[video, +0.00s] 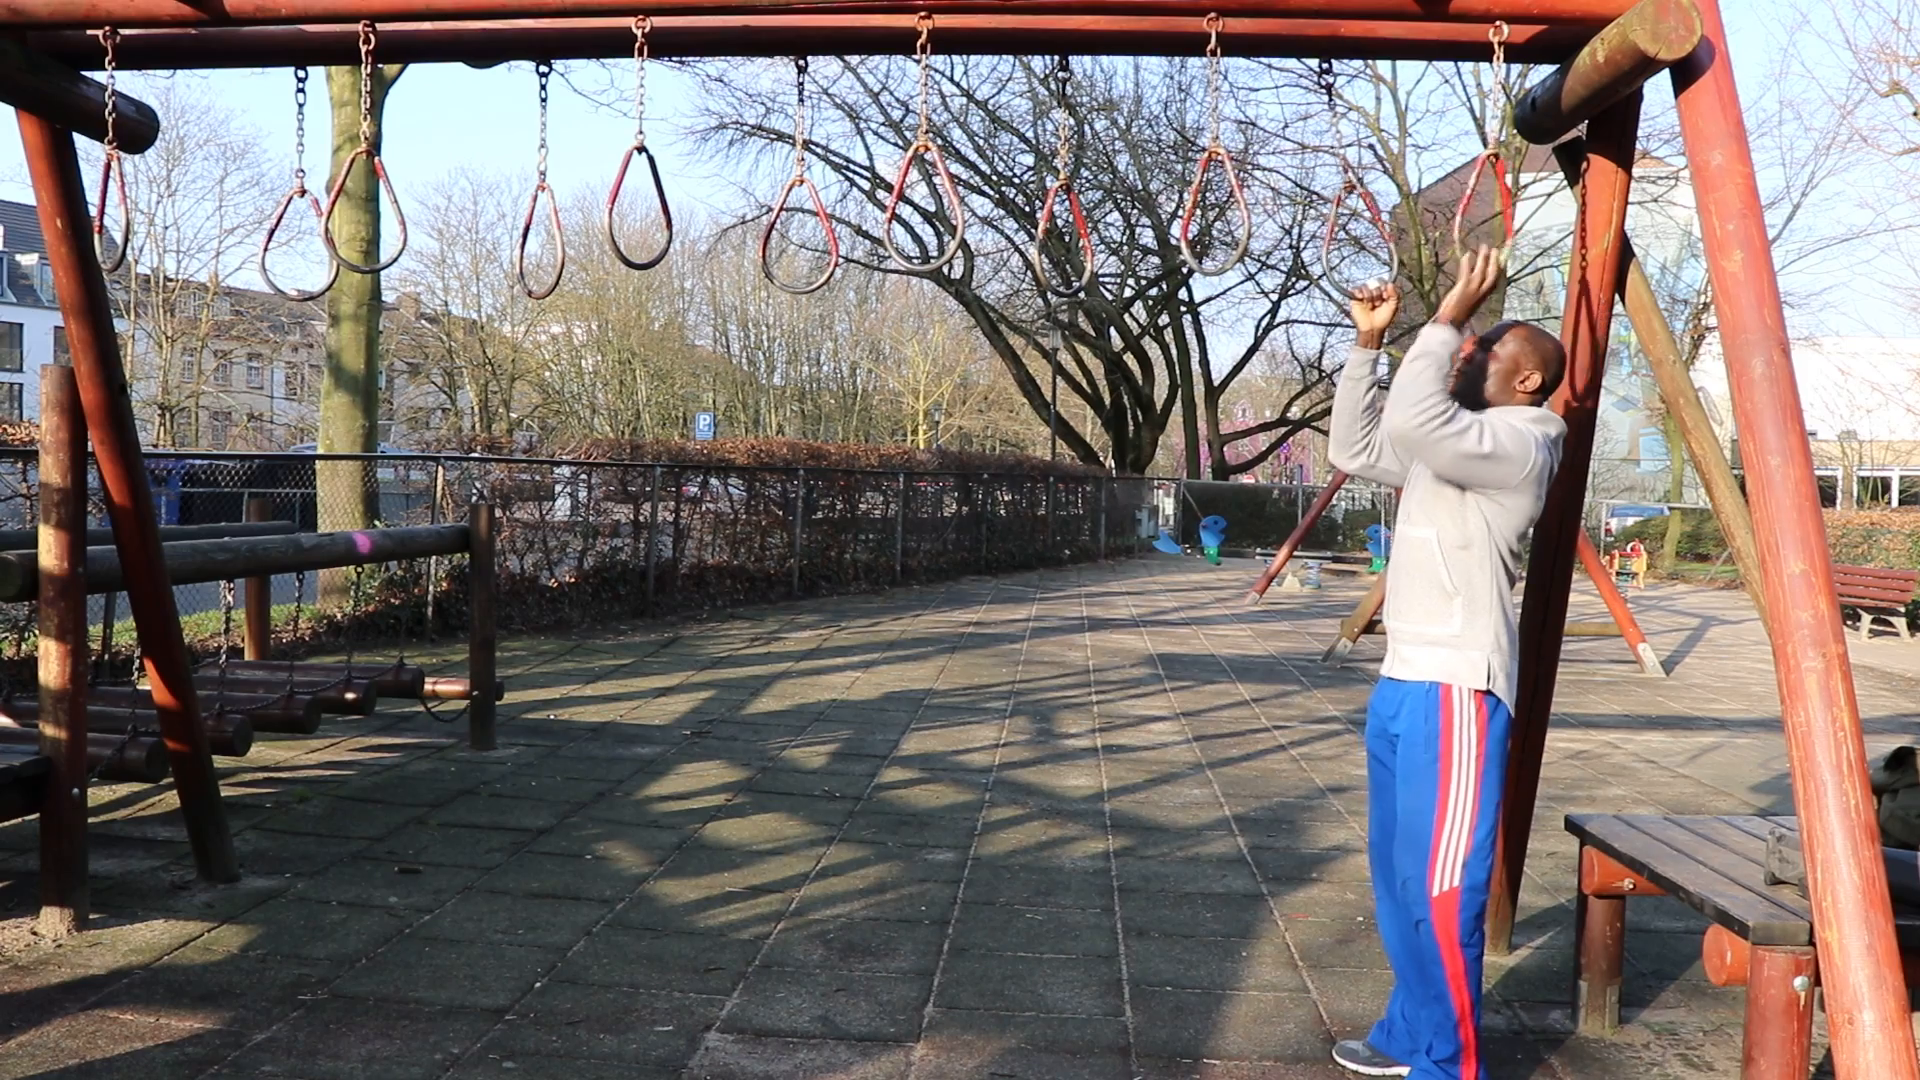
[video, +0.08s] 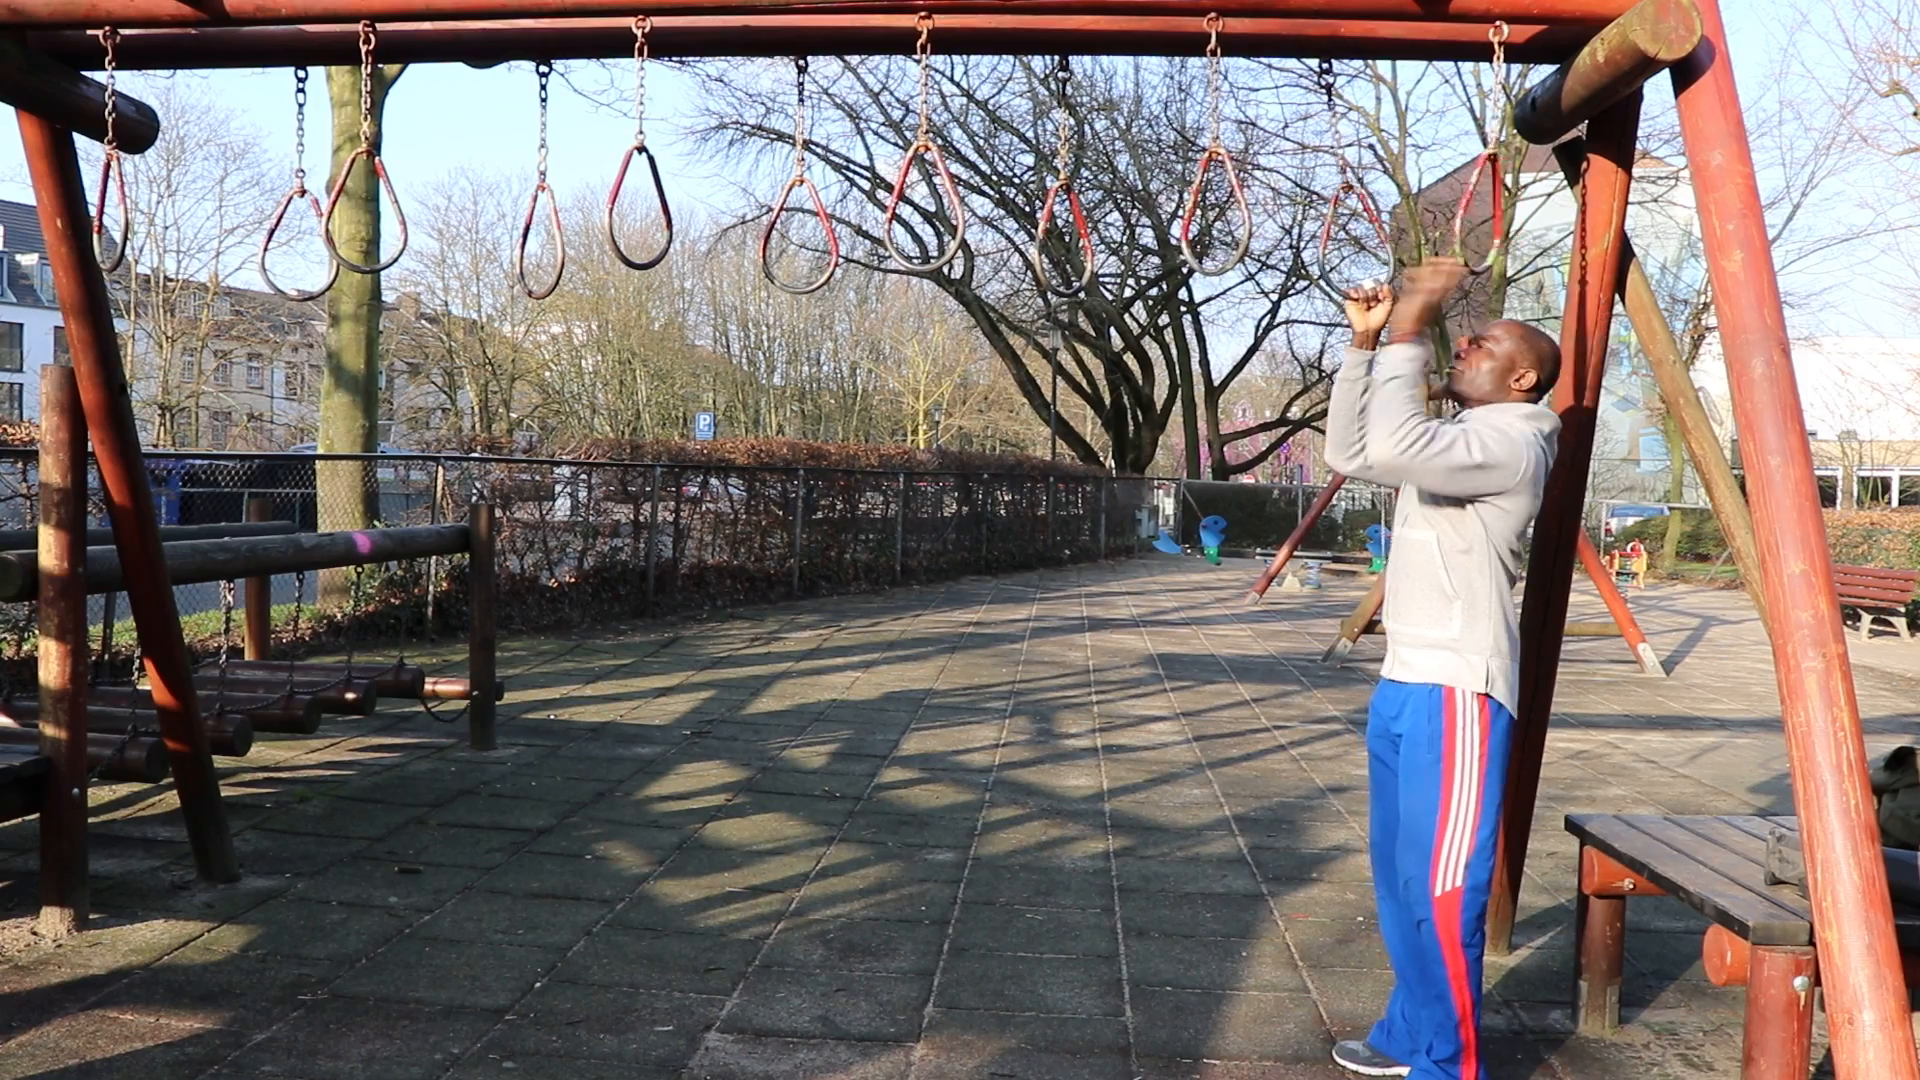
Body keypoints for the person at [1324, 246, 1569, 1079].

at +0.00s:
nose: (1469, 349)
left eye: (1492, 344)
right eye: (1475, 341)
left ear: (1530, 379)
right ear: (1495, 370)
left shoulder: (1523, 443)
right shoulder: (1457, 434)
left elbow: (1414, 428)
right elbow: (1353, 448)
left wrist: (1448, 322)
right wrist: (1368, 345)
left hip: (1459, 690)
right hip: (1406, 686)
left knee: (1438, 888)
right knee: (1399, 879)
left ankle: (1449, 1061)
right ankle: (1412, 1034)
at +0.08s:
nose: (1462, 356)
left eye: (1484, 348)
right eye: (1467, 345)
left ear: (1523, 378)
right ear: (1492, 372)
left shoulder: (1512, 439)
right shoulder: (1457, 429)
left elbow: (1396, 447)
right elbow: (1348, 453)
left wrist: (1410, 325)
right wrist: (1362, 343)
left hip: (1462, 688)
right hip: (1408, 683)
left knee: (1441, 886)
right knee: (1401, 877)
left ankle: (1448, 1059)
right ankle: (1412, 1034)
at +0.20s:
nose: (1453, 347)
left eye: (1475, 342)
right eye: (1458, 337)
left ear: (1513, 376)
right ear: (1462, 368)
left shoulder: (1498, 437)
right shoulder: (1447, 430)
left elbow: (1379, 430)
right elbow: (1341, 455)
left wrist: (1312, 327)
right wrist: (1362, 344)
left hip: (1460, 691)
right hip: (1410, 684)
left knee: (1441, 882)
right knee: (1399, 871)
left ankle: (1450, 1059)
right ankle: (1410, 1034)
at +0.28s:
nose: (1445, 349)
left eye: (1467, 343)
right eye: (1454, 339)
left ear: (1506, 374)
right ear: (1472, 368)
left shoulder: (1493, 432)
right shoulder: (1436, 432)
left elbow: (1363, 391)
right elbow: (1341, 454)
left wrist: (1258, 313)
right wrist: (1358, 343)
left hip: (1462, 687)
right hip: (1407, 681)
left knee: (1443, 883)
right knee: (1400, 874)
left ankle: (1447, 1060)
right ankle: (1412, 1035)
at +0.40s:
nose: (1430, 349)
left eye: (1452, 342)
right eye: (1439, 339)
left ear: (1492, 376)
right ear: (1455, 366)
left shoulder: (1481, 429)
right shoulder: (1432, 433)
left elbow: (1355, 398)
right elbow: (1336, 456)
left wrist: (1243, 305)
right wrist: (1355, 346)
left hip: (1455, 686)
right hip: (1404, 683)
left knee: (1437, 881)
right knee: (1399, 874)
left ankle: (1448, 1060)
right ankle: (1410, 1036)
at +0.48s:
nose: (1425, 348)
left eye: (1445, 341)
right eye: (1433, 336)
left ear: (1483, 375)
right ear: (1472, 371)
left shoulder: (1470, 427)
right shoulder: (1435, 425)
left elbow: (1344, 421)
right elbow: (1341, 442)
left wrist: (1264, 318)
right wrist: (1353, 346)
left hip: (1442, 683)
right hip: (1400, 680)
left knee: (1422, 880)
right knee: (1390, 872)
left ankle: (1446, 1061)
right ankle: (1410, 1034)